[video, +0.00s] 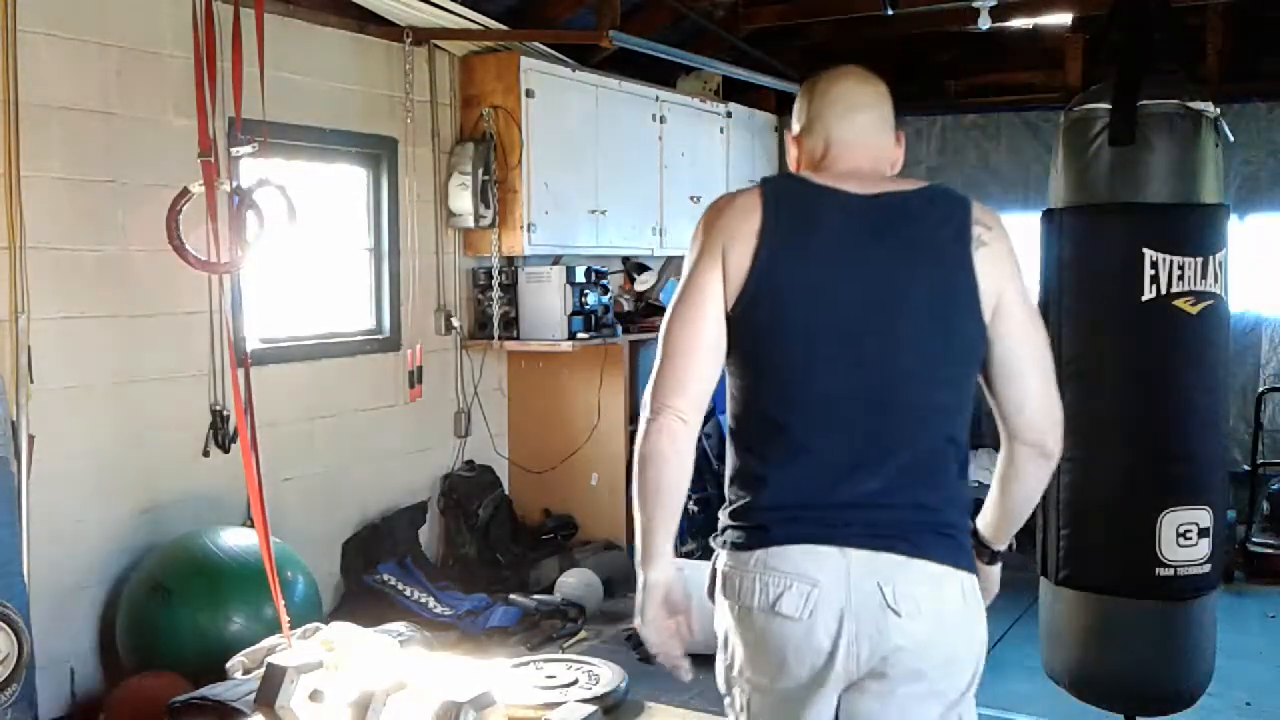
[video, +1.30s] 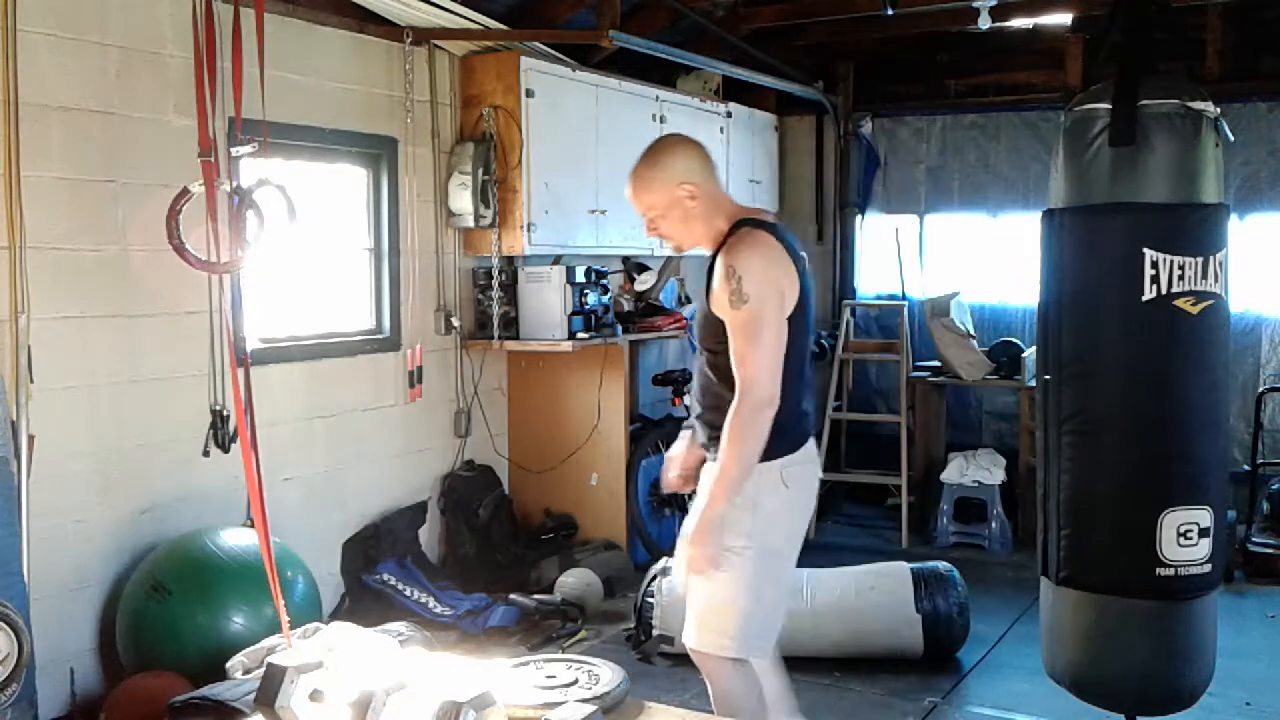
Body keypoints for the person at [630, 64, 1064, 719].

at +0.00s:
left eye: (788, 143)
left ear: (795, 149)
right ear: (899, 150)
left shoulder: (738, 218)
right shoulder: (976, 230)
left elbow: (672, 415)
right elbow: (1037, 436)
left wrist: (657, 569)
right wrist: (986, 545)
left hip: (778, 570)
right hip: (930, 576)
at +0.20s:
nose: (772, 165)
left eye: (771, 154)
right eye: (870, 144)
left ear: (777, 161)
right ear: (869, 152)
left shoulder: (728, 233)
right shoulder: (941, 223)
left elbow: (683, 412)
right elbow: (1009, 401)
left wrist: (678, 538)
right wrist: (1017, 549)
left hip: (777, 534)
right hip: (914, 539)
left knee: (787, 708)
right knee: (924, 707)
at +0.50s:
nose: (774, 176)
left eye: (772, 168)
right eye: (775, 169)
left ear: (781, 169)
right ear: (862, 162)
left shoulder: (745, 232)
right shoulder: (930, 227)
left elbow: (689, 383)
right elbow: (995, 379)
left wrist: (685, 465)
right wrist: (1015, 510)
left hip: (792, 498)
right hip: (913, 502)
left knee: (796, 706)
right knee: (929, 695)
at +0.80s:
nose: (761, 210)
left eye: (758, 196)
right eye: (758, 198)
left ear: (776, 184)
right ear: (833, 178)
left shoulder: (781, 237)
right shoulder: (912, 236)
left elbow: (759, 383)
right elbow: (955, 367)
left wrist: (731, 496)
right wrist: (950, 475)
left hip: (826, 487)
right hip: (917, 477)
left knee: (780, 655)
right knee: (910, 650)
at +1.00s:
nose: (720, 220)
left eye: (720, 204)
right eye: (714, 208)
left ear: (752, 182)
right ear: (774, 181)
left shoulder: (785, 235)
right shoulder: (848, 227)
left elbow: (789, 377)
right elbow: (857, 363)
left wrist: (760, 504)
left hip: (819, 480)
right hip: (879, 466)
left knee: (734, 637)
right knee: (879, 633)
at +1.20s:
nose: (671, 226)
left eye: (673, 210)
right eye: (666, 214)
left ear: (713, 191)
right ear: (720, 190)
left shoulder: (755, 255)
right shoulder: (787, 234)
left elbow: (768, 399)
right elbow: (781, 371)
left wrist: (738, 536)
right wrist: (727, 442)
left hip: (771, 471)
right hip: (806, 461)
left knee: (709, 636)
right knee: (793, 627)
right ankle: (850, 715)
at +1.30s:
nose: (653, 233)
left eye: (655, 219)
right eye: (646, 222)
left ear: (692, 195)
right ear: (694, 194)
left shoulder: (748, 256)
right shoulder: (747, 244)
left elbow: (759, 397)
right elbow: (725, 371)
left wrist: (708, 516)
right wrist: (693, 441)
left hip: (758, 471)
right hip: (763, 462)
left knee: (714, 645)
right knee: (749, 640)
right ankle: (783, 716)